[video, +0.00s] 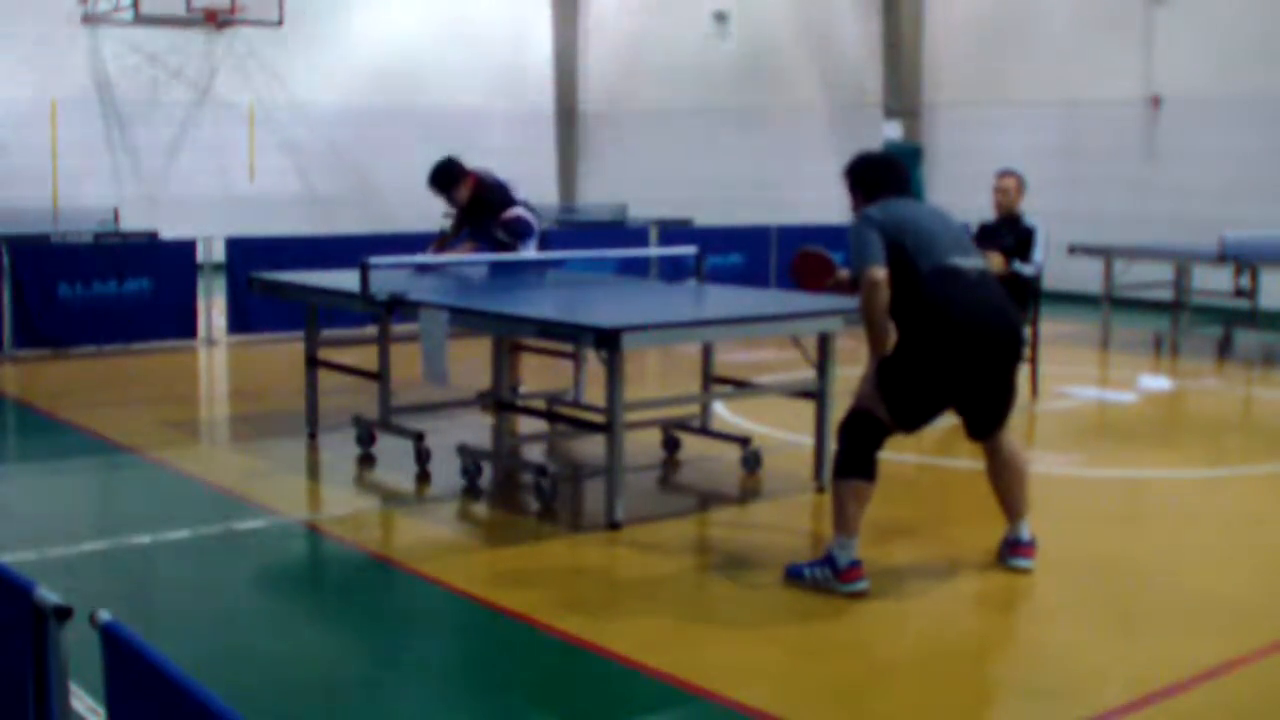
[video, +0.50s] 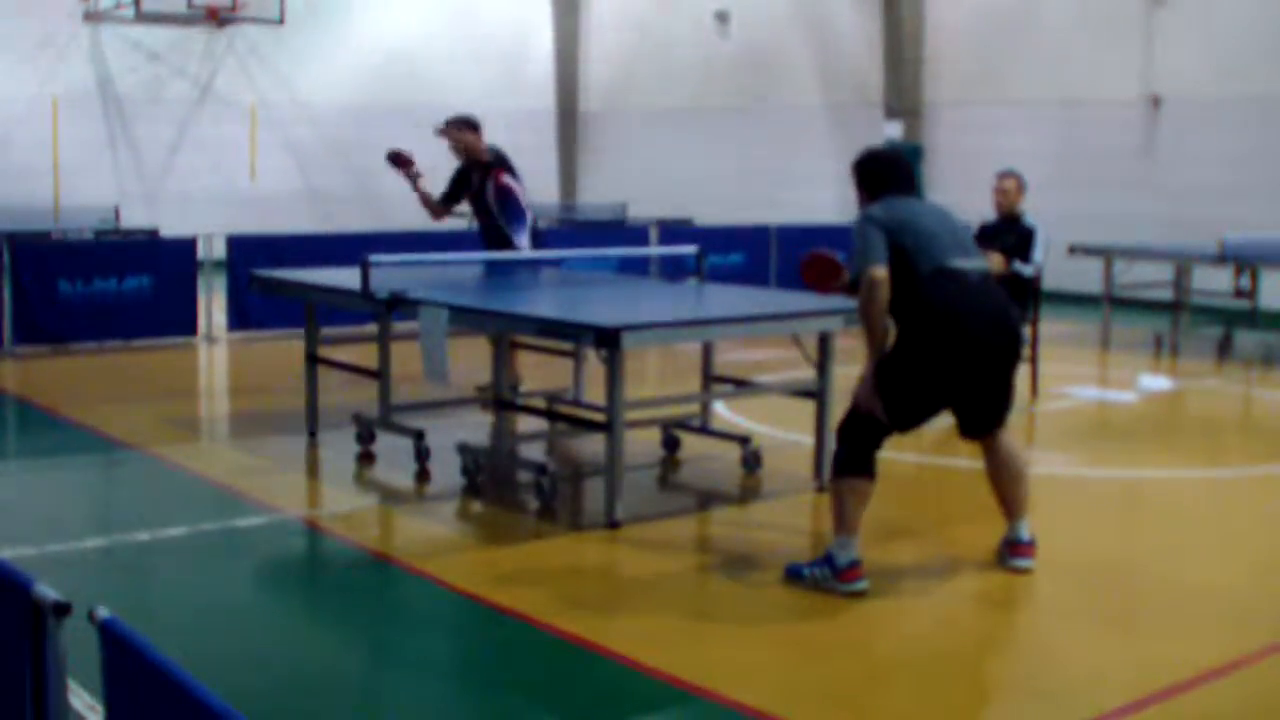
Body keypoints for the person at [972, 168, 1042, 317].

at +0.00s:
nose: (1000, 199)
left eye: (1006, 193)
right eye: (997, 192)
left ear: (1019, 195)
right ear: (993, 193)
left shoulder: (1032, 230)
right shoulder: (985, 229)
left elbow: (1035, 269)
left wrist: (1008, 265)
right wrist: (986, 261)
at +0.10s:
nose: (999, 199)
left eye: (1006, 193)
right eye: (997, 192)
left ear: (1019, 195)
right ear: (993, 193)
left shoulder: (1032, 230)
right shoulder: (985, 230)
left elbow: (1035, 269)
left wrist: (1008, 265)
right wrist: (986, 260)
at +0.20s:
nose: (998, 197)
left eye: (1005, 191)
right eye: (996, 191)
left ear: (1019, 193)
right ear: (992, 192)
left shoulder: (1032, 229)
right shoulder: (985, 229)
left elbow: (1034, 268)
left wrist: (1008, 264)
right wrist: (987, 258)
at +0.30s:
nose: (998, 197)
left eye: (1004, 191)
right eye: (996, 190)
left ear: (1018, 192)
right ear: (992, 191)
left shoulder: (1033, 228)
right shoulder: (985, 228)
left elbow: (1034, 266)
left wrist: (1008, 263)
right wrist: (987, 258)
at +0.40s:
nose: (999, 198)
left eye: (1005, 191)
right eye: (996, 191)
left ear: (1019, 192)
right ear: (992, 192)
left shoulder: (1033, 229)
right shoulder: (985, 229)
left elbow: (1034, 267)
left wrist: (1008, 263)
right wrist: (989, 259)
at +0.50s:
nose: (999, 199)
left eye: (1005, 193)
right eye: (997, 192)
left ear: (1019, 195)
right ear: (993, 193)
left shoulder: (1032, 231)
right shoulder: (985, 230)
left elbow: (1034, 269)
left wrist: (1008, 265)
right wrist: (987, 261)